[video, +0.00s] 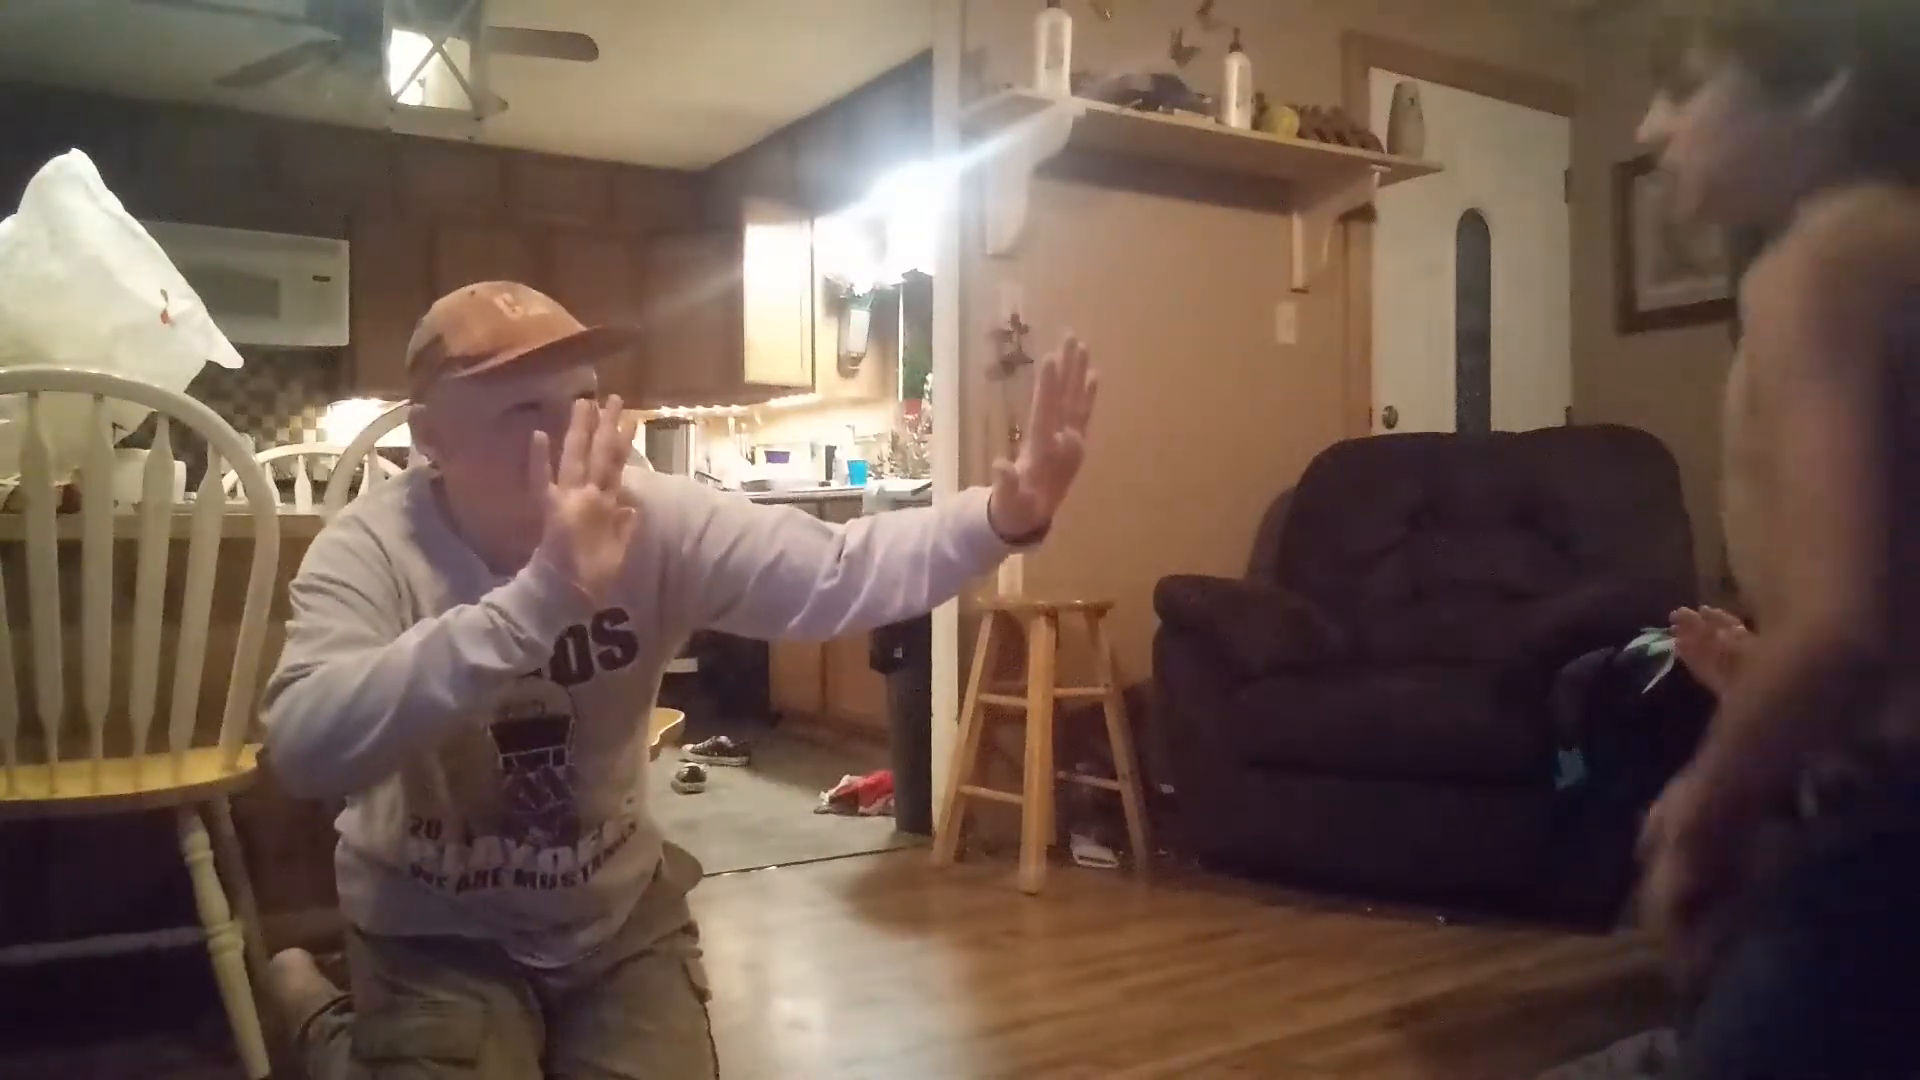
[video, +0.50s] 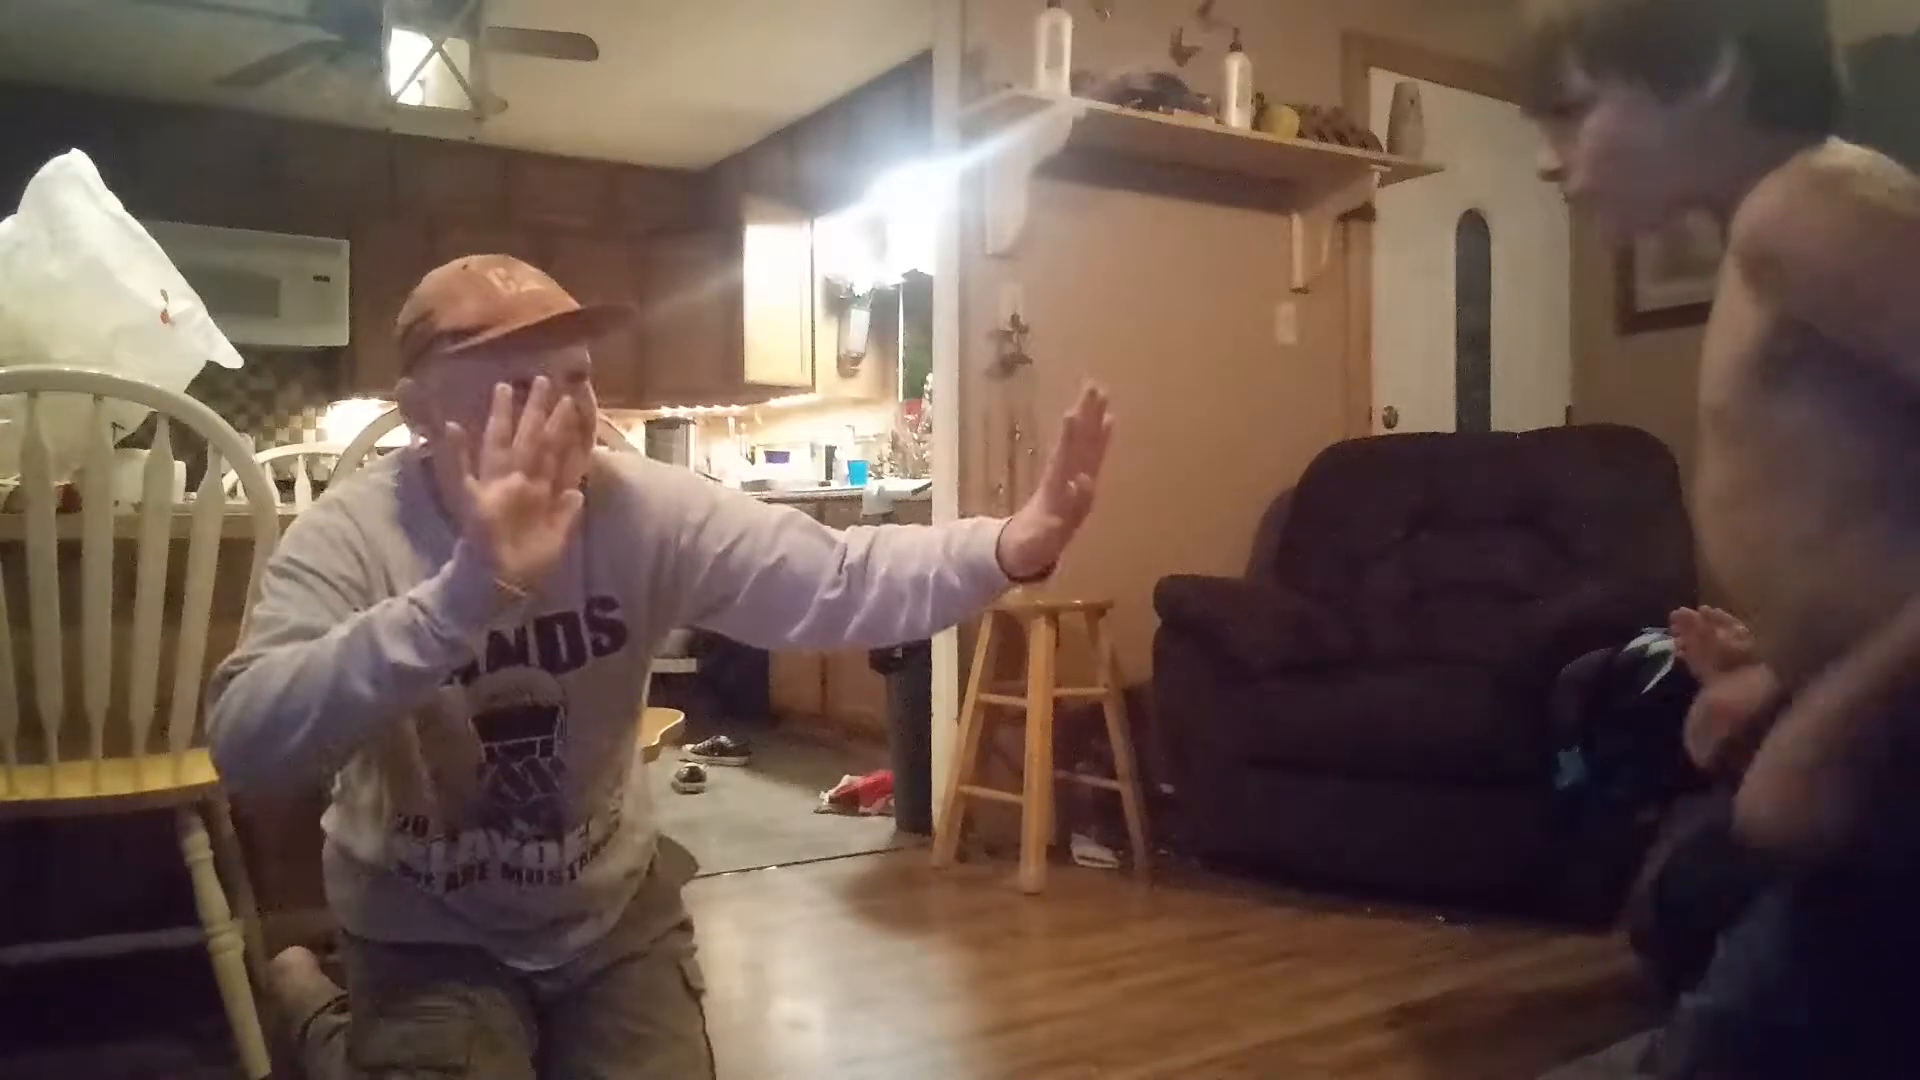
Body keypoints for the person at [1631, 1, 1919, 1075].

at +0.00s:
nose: (1648, 130)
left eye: (1691, 84)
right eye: (1666, 88)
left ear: (1824, 91)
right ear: (1821, 94)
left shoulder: (1829, 258)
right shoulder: (1862, 246)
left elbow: (1839, 623)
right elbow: (1864, 622)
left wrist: (1696, 813)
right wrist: (1768, 678)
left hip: (1865, 841)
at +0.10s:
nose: (1624, 172)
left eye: (1662, 126)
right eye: (1636, 132)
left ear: (1802, 134)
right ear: (1791, 142)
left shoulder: (1848, 301)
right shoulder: (1826, 299)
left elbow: (1868, 708)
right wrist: (1779, 692)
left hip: (1849, 949)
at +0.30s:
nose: (1585, 169)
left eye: (1616, 111)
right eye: (1593, 121)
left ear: (1757, 95)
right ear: (1757, 98)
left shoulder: (1830, 282)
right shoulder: (1807, 273)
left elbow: (1902, 683)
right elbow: (1824, 650)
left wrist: (1744, 1011)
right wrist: (1710, 828)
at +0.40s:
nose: (1566, 170)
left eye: (1588, 105)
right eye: (1568, 121)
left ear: (1728, 80)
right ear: (1729, 88)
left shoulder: (1816, 243)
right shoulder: (1785, 247)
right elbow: (1863, 575)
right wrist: (1749, 730)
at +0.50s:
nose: (1556, 162)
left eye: (1580, 108)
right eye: (1560, 119)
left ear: (1717, 76)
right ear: (1713, 82)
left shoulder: (1803, 211)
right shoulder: (1778, 229)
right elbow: (1893, 530)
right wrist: (1777, 656)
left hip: (1878, 869)